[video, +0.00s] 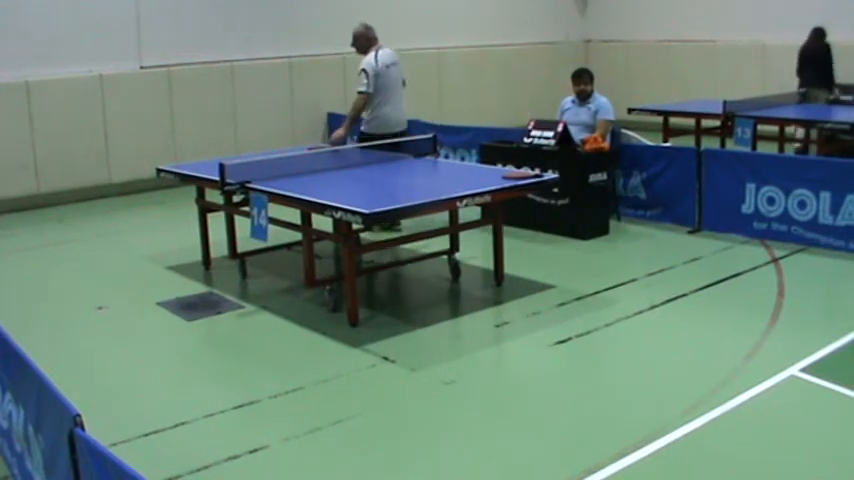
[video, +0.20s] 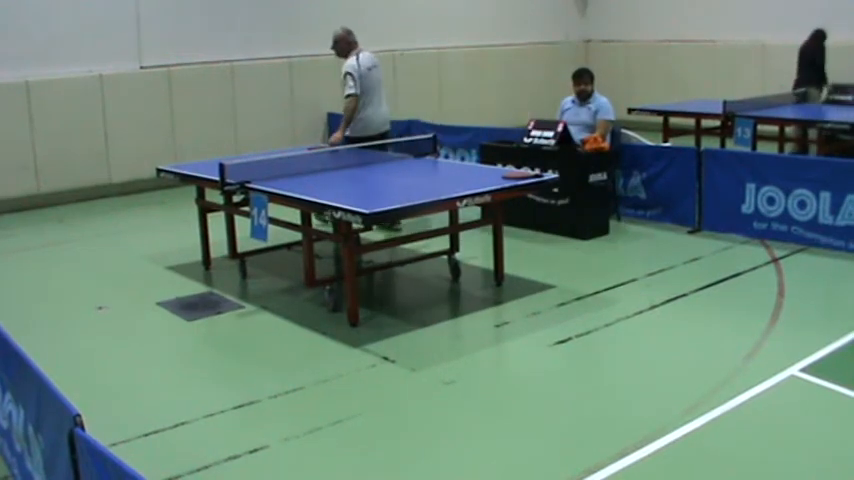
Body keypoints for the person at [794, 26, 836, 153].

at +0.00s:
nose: (823, 39)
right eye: (823, 36)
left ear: (811, 34)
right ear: (823, 36)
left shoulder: (804, 47)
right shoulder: (825, 47)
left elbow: (799, 70)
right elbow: (828, 69)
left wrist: (803, 80)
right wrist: (831, 86)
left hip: (805, 86)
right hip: (822, 87)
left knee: (805, 118)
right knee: (822, 120)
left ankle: (801, 145)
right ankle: (821, 149)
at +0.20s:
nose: (823, 41)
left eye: (823, 39)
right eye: (823, 39)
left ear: (813, 35)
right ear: (821, 38)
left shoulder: (804, 45)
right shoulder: (819, 46)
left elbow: (801, 67)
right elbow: (820, 65)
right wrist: (824, 82)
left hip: (799, 85)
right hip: (813, 85)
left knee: (800, 120)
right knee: (815, 119)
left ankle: (800, 148)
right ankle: (821, 150)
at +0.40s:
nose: (820, 45)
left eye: (821, 42)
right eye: (821, 42)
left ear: (811, 37)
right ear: (818, 40)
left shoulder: (802, 48)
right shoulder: (814, 49)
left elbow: (799, 69)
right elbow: (812, 71)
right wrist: (814, 89)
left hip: (793, 87)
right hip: (805, 88)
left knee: (798, 122)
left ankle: (799, 148)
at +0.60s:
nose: (819, 46)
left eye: (820, 43)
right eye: (820, 43)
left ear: (811, 38)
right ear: (816, 41)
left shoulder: (802, 48)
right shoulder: (809, 52)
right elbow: (807, 79)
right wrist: (815, 94)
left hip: (791, 86)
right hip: (801, 88)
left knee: (796, 121)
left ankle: (797, 148)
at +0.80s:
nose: (819, 44)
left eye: (820, 42)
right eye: (819, 41)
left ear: (811, 36)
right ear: (815, 39)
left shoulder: (802, 47)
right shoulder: (807, 49)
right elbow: (805, 74)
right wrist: (813, 90)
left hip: (792, 86)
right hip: (799, 87)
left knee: (796, 121)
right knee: (798, 121)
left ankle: (797, 149)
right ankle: (798, 149)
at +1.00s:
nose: (818, 43)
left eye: (819, 40)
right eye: (818, 40)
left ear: (808, 36)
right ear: (813, 38)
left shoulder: (800, 48)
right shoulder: (806, 51)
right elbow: (808, 76)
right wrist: (815, 93)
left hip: (792, 86)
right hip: (801, 88)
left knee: (796, 121)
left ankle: (798, 149)